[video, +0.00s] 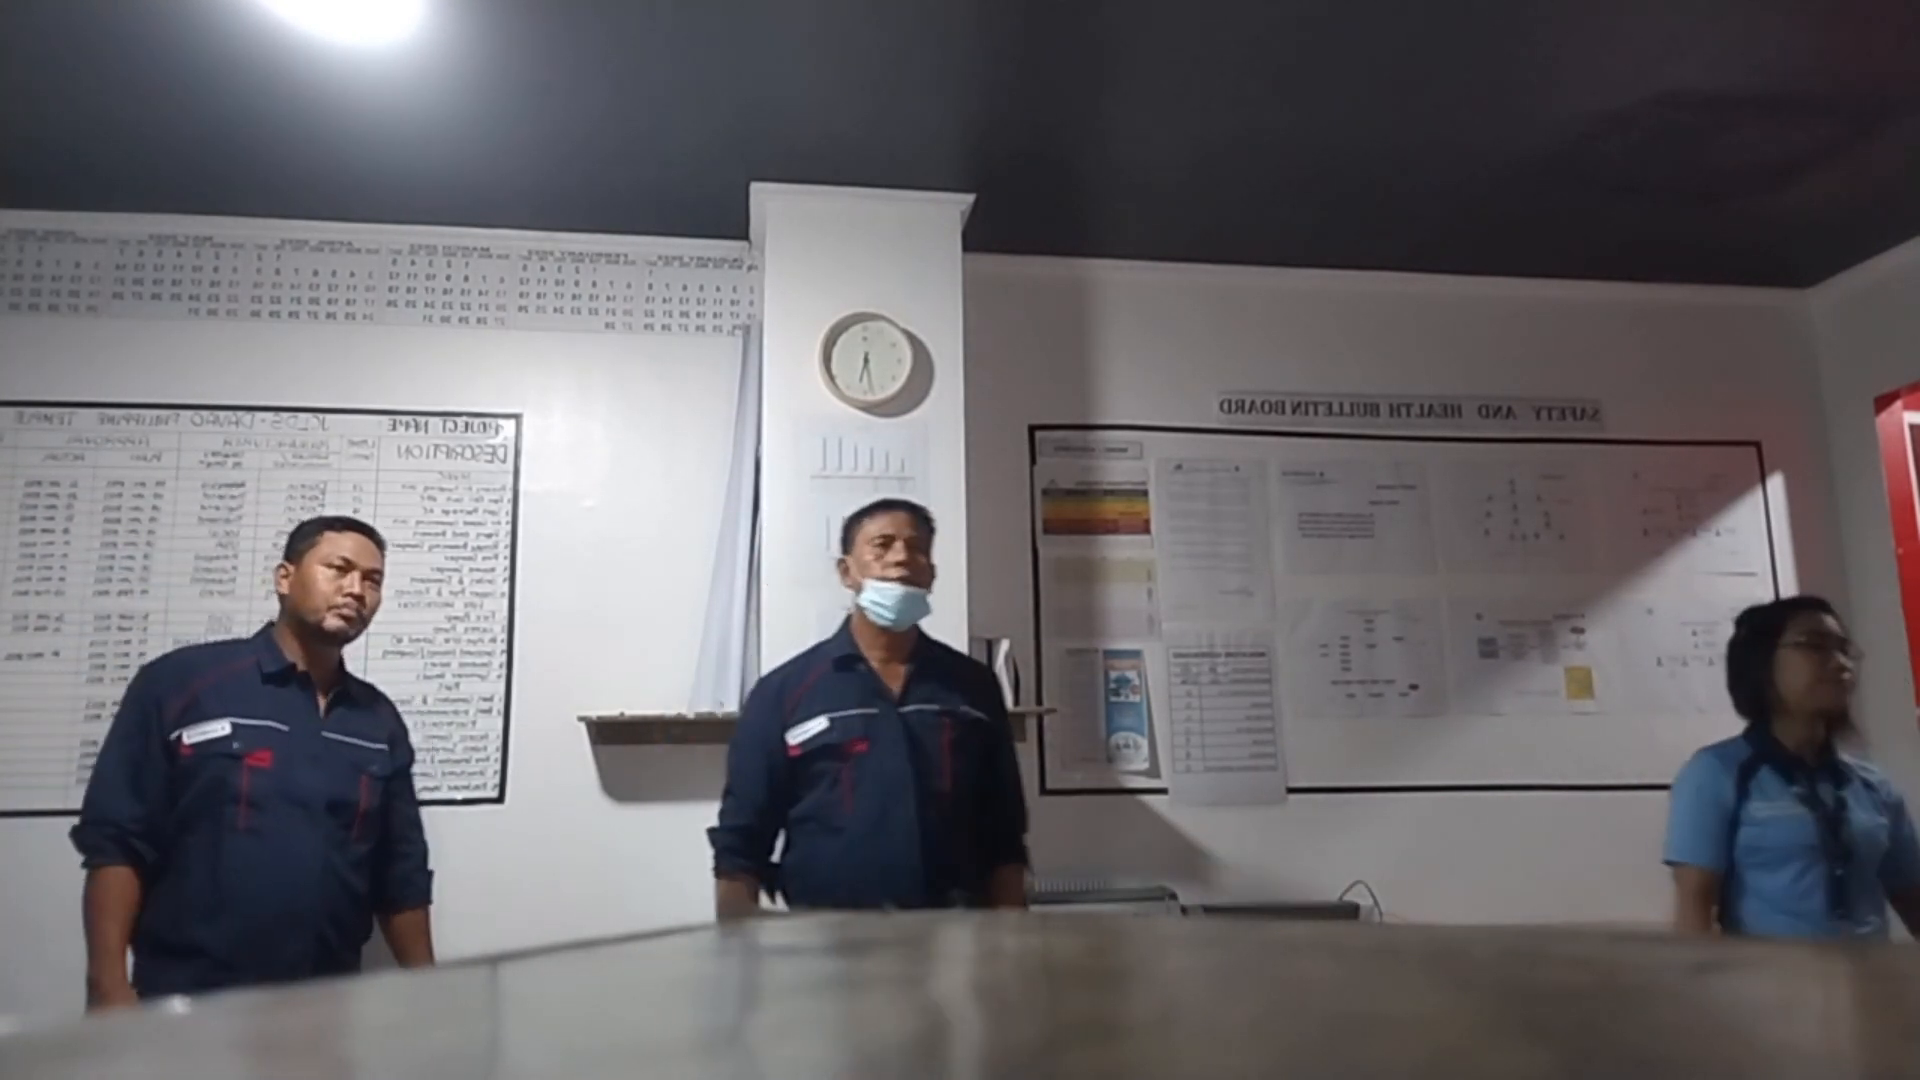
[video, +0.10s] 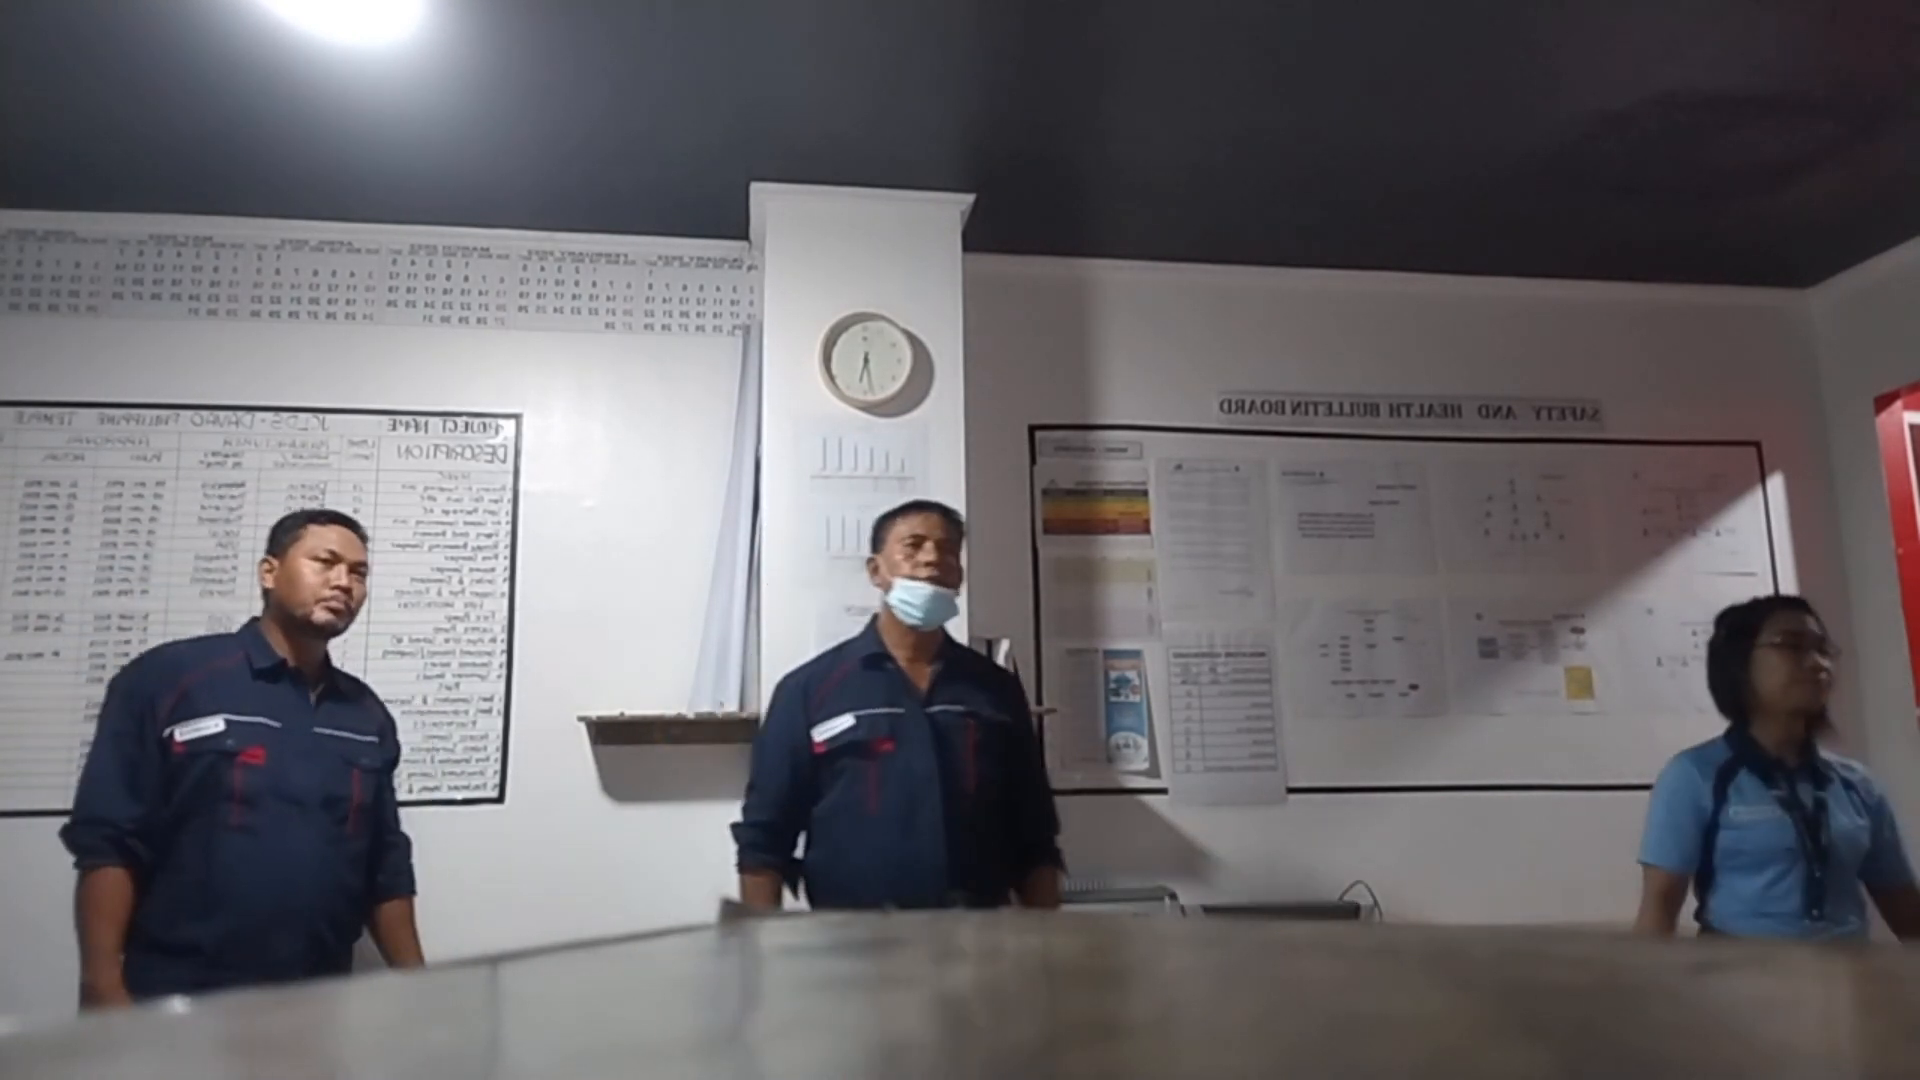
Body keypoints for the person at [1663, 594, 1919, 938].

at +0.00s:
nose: (1841, 662)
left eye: (1844, 648)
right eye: (1815, 645)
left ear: (1855, 662)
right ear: (1760, 663)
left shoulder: (1874, 789)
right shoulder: (1714, 776)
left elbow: (1916, 914)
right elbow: (1693, 926)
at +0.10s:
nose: (1817, 662)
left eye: (1823, 649)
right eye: (1792, 645)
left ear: (1832, 665)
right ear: (1739, 663)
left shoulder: (1856, 786)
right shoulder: (1695, 778)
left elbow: (1909, 919)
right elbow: (1659, 910)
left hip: (1847, 990)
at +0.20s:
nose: (1799, 659)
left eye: (1806, 647)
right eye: (1774, 645)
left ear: (1816, 661)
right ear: (1722, 662)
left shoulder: (1846, 779)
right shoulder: (1682, 778)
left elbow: (1899, 915)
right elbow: (1642, 913)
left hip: (1841, 988)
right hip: (1734, 991)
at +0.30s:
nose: (1790, 666)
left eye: (1795, 653)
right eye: (1766, 652)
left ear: (1804, 663)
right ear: (1712, 669)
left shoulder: (1839, 776)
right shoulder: (1678, 786)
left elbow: (1891, 913)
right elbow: (1643, 918)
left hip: (1842, 991)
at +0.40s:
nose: (1788, 669)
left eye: (1792, 655)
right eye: (1763, 655)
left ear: (1800, 663)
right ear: (1711, 672)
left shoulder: (1839, 777)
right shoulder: (1678, 790)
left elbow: (1893, 914)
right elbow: (1655, 931)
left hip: (1843, 992)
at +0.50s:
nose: (1796, 667)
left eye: (1798, 652)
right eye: (1770, 652)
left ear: (1806, 660)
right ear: (1716, 667)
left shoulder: (1841, 775)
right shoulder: (1682, 788)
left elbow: (1900, 915)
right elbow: (1676, 938)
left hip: (1847, 988)